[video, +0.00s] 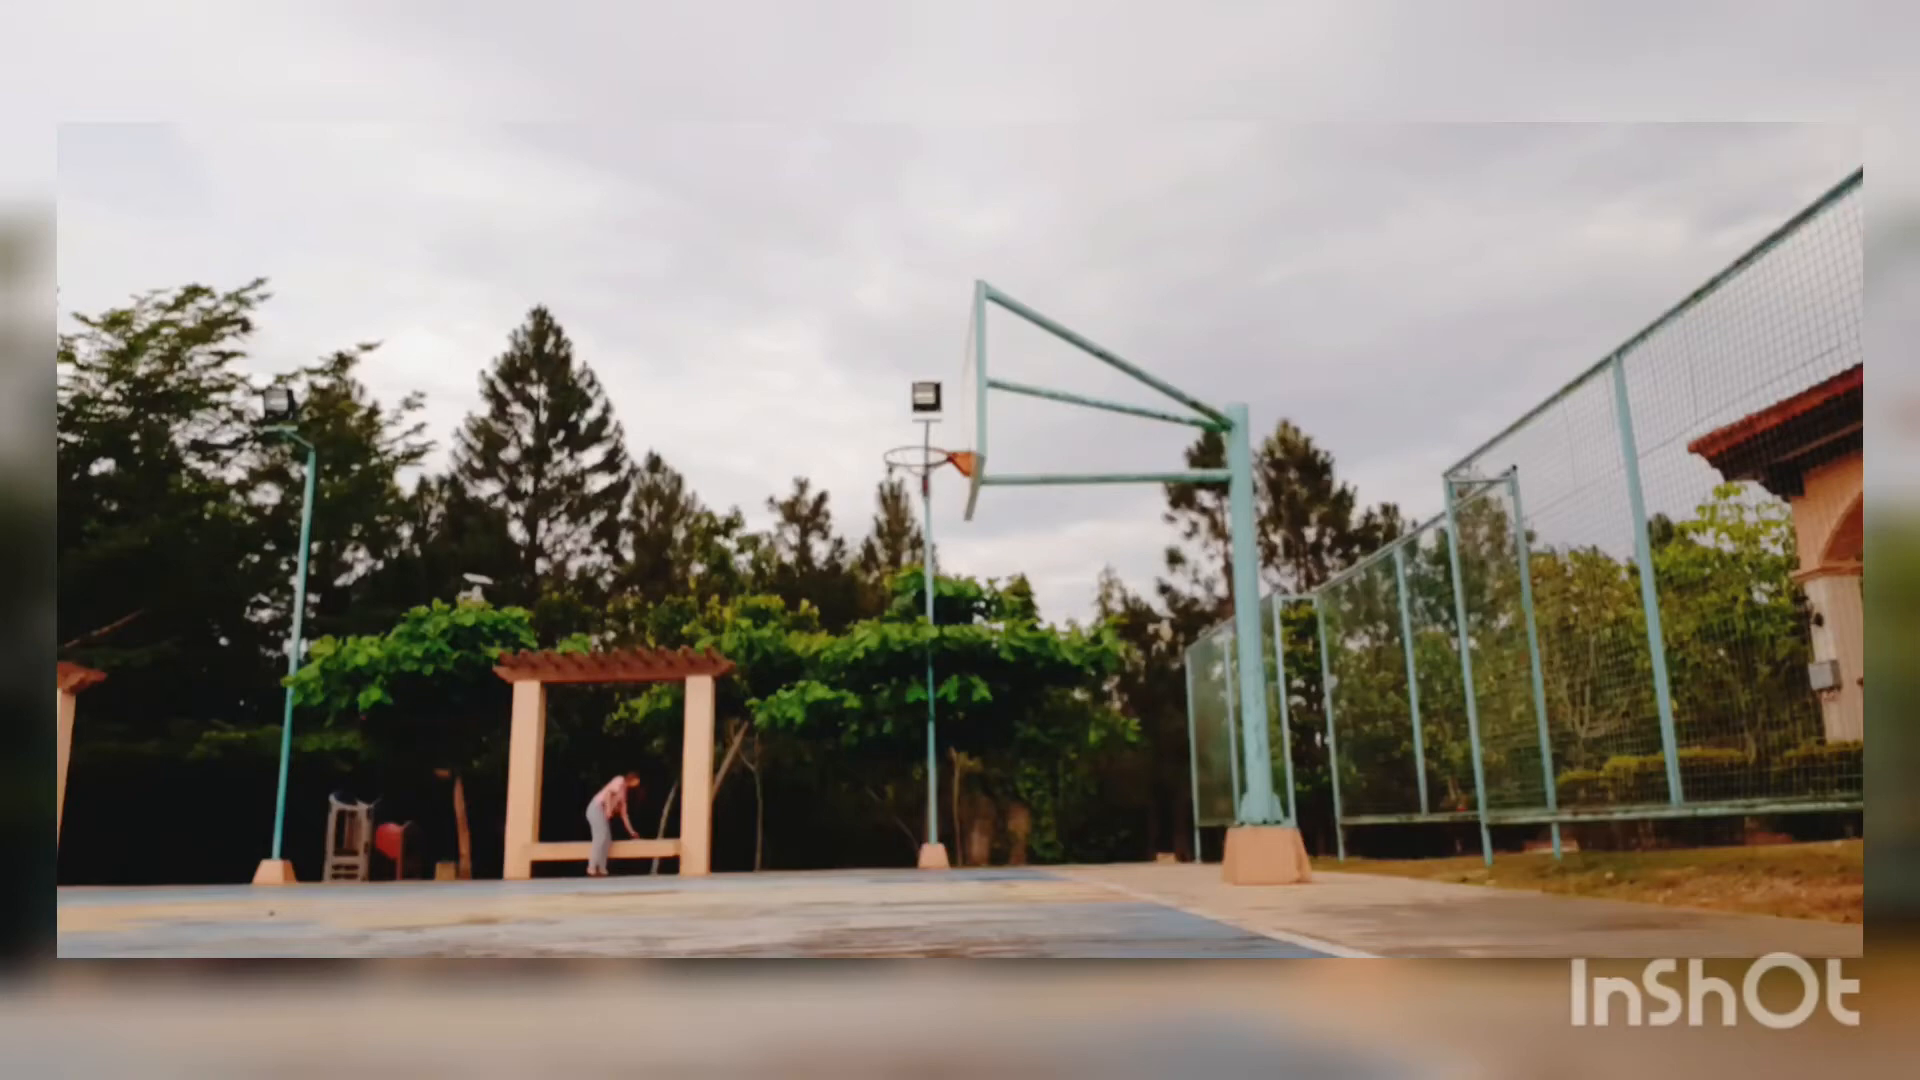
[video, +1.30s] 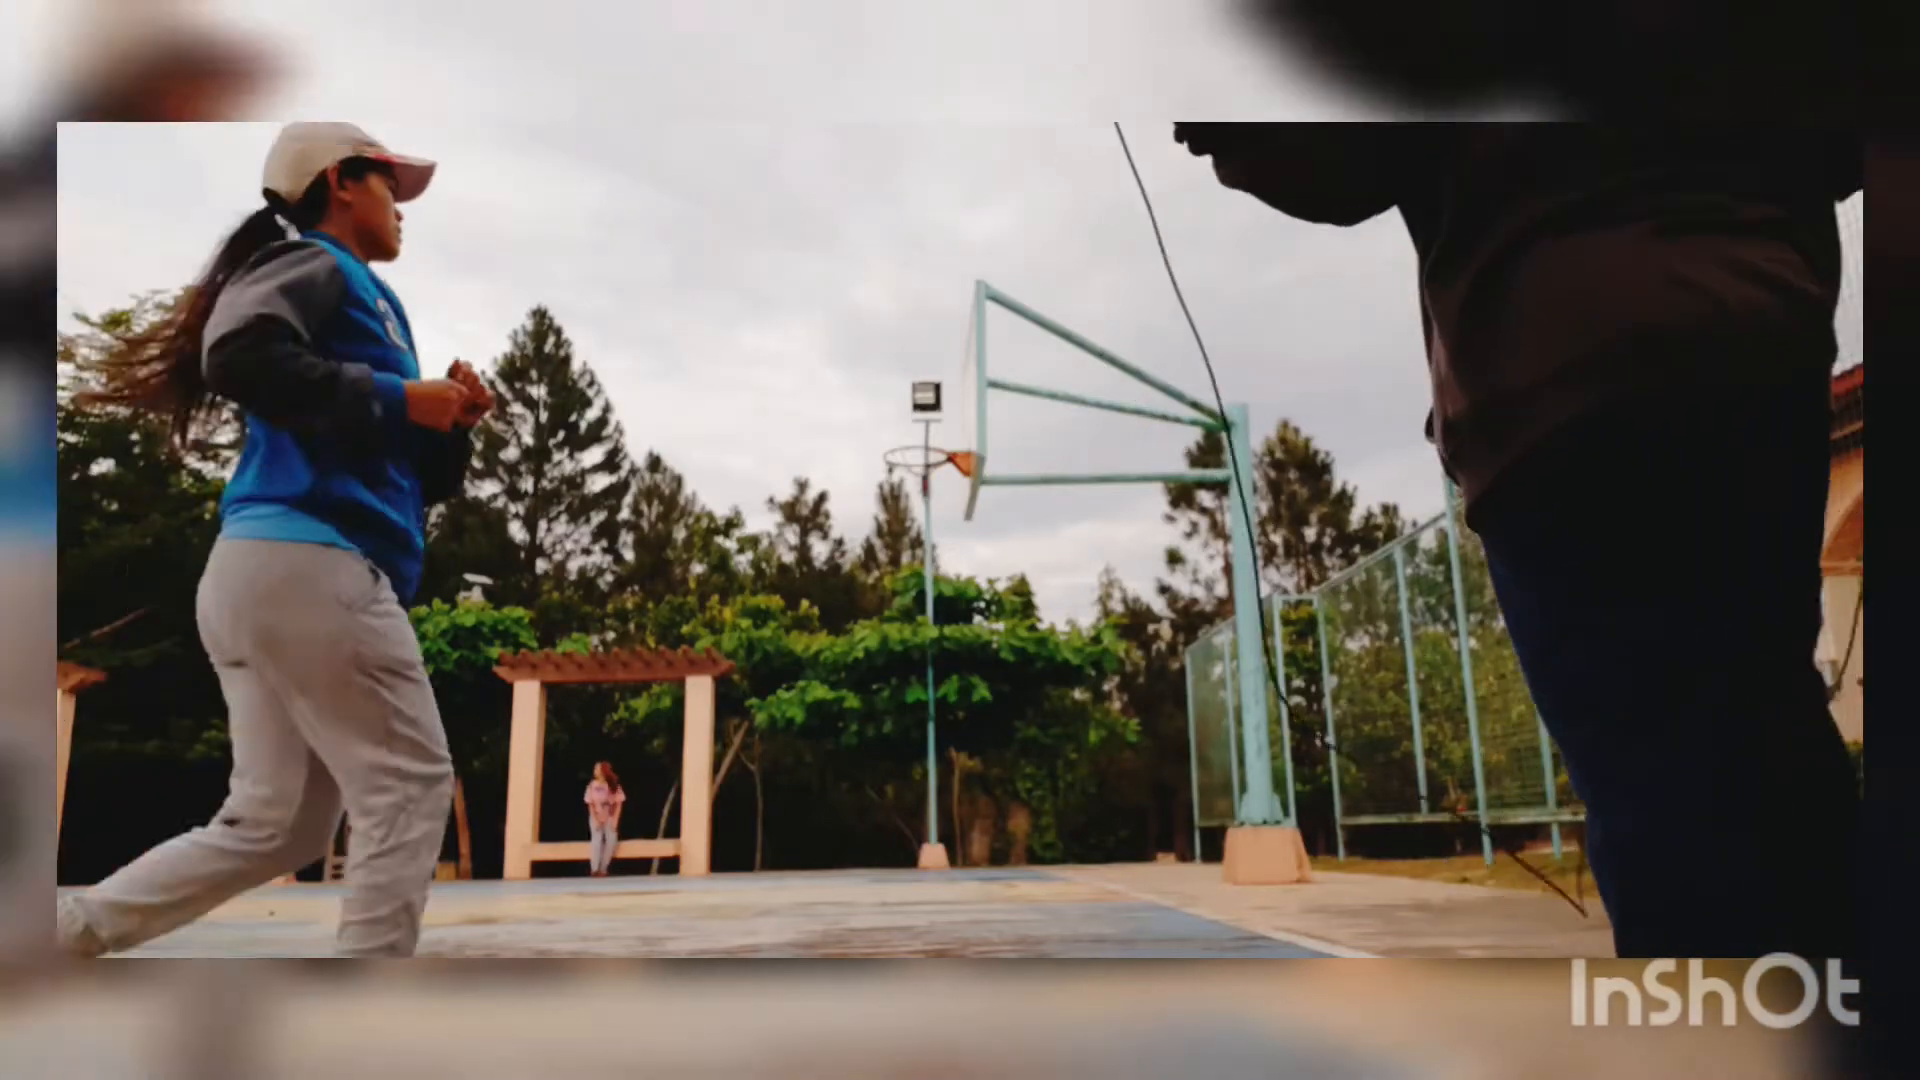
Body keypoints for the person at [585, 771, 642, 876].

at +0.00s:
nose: (636, 784)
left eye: (637, 782)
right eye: (636, 781)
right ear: (631, 778)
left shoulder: (623, 791)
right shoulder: (619, 780)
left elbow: (624, 813)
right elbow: (608, 792)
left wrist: (631, 831)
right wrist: (608, 808)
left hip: (603, 810)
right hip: (596, 807)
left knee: (607, 838)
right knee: (600, 836)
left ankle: (602, 866)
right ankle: (592, 866)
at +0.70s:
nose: (630, 771)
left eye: (632, 769)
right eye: (628, 767)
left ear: (633, 772)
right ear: (623, 767)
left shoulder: (622, 787)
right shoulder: (611, 778)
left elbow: (619, 807)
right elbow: (600, 794)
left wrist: (617, 826)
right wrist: (602, 810)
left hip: (607, 812)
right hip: (596, 808)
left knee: (607, 838)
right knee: (597, 837)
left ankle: (602, 867)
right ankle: (591, 867)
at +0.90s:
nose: (619, 767)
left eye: (622, 764)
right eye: (618, 763)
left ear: (625, 768)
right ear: (614, 765)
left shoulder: (622, 786)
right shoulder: (604, 779)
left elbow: (621, 806)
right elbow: (596, 796)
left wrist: (617, 822)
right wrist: (597, 812)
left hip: (609, 812)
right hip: (596, 808)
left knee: (610, 840)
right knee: (596, 838)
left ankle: (603, 868)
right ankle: (591, 868)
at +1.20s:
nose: (601, 769)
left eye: (604, 766)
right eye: (601, 766)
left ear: (610, 768)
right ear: (599, 768)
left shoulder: (617, 783)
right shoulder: (594, 782)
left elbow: (621, 803)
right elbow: (591, 800)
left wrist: (617, 820)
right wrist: (595, 815)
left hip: (611, 814)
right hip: (596, 813)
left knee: (612, 839)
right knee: (596, 839)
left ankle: (604, 868)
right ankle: (595, 867)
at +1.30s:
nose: (595, 772)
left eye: (598, 769)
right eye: (595, 769)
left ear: (604, 771)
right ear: (595, 771)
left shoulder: (614, 786)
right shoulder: (592, 785)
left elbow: (619, 804)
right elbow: (590, 803)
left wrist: (615, 820)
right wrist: (595, 818)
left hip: (610, 816)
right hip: (596, 815)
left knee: (611, 840)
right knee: (596, 839)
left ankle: (604, 867)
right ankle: (594, 867)